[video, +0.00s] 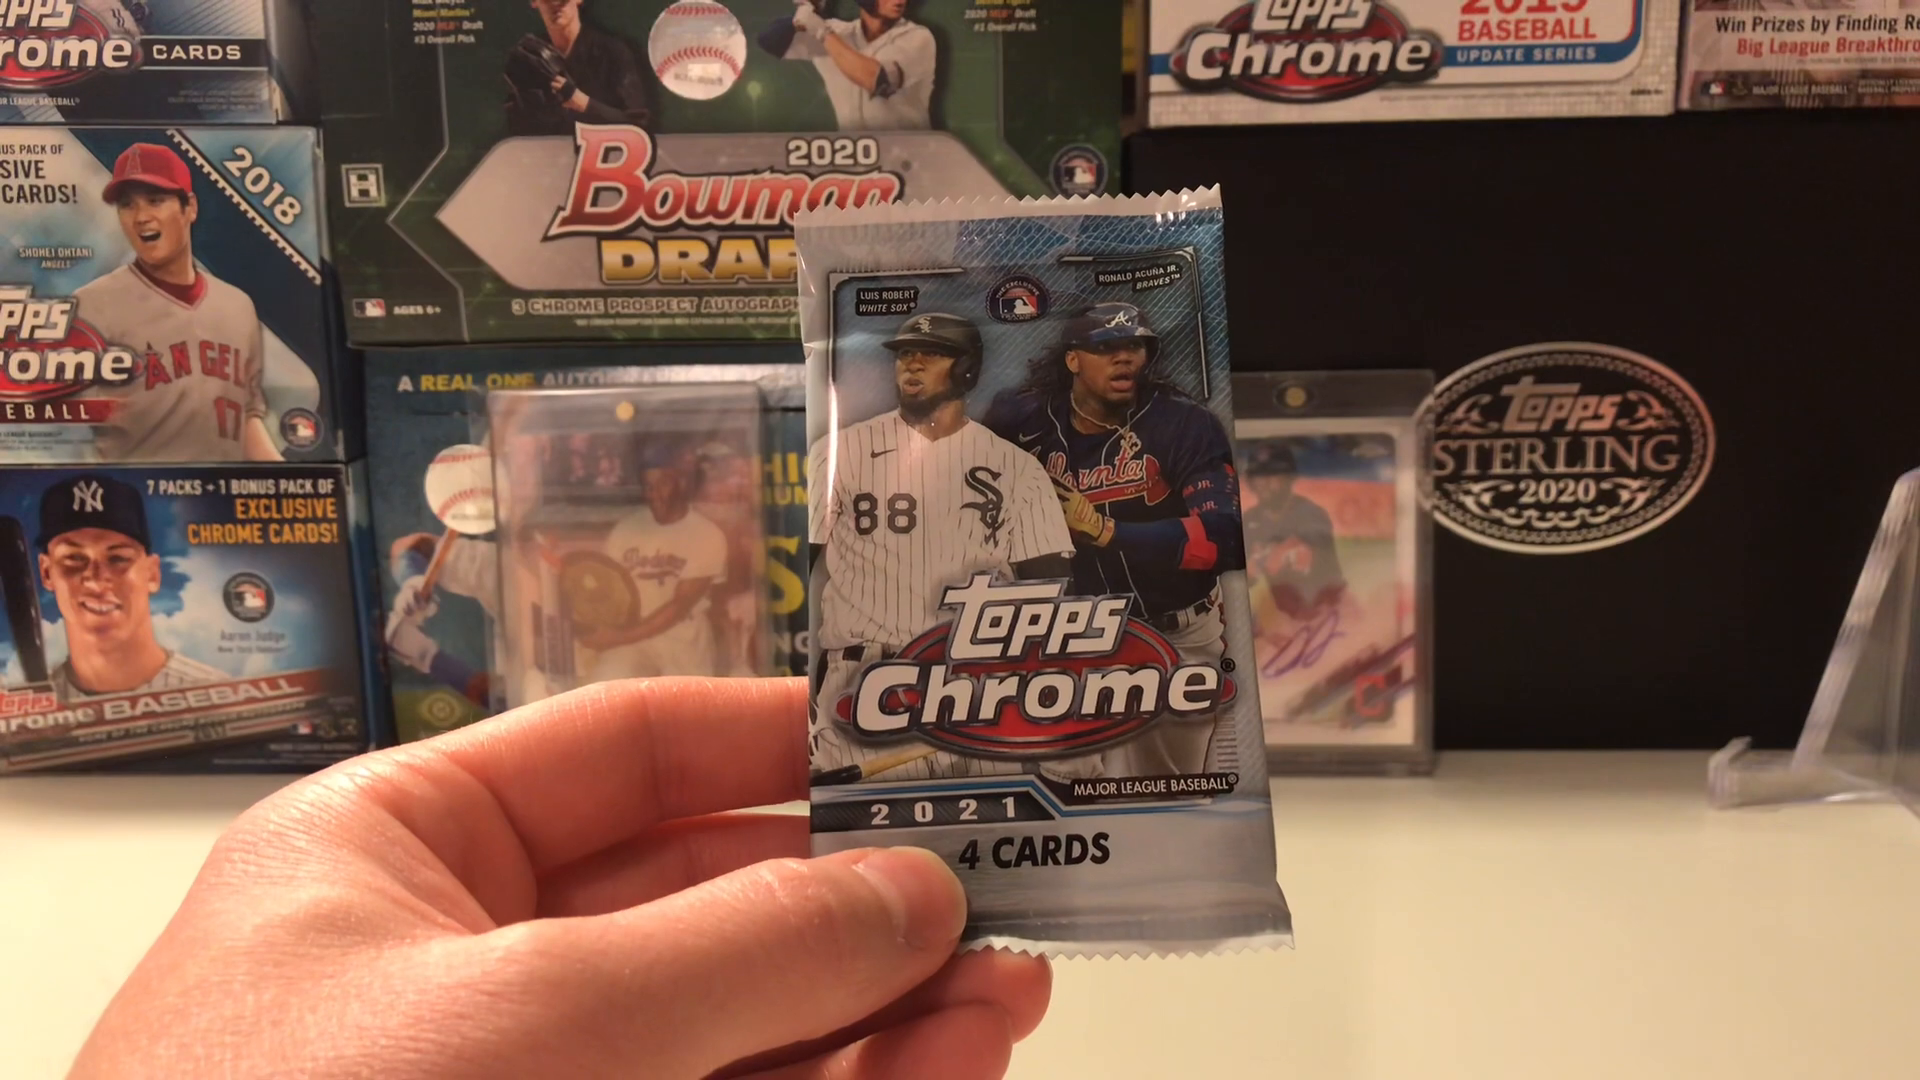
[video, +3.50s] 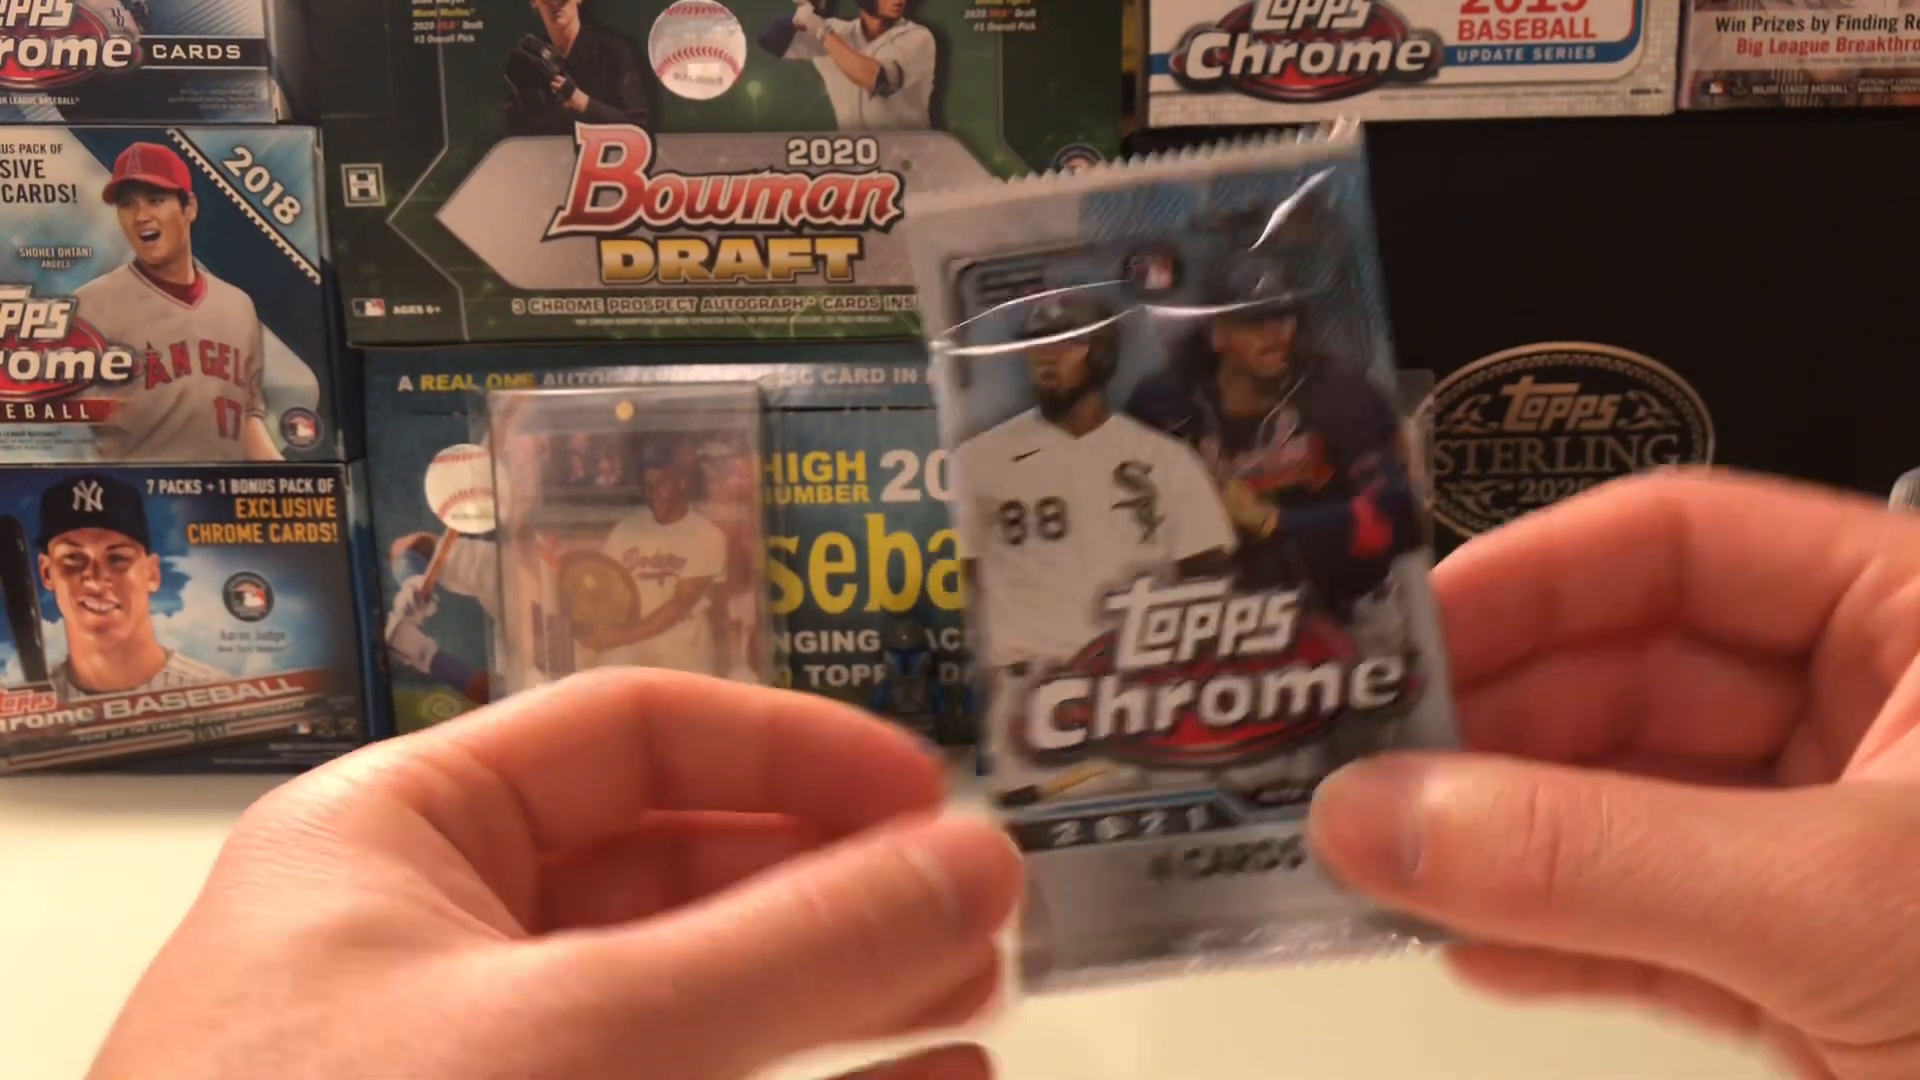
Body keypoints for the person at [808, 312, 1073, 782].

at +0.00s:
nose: (911, 365)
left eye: (929, 354)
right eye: (904, 354)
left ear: (965, 369)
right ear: (894, 364)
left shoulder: (1016, 471)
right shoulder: (838, 455)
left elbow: (1047, 594)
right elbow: (787, 569)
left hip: (972, 694)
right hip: (854, 691)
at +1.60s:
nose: (971, 373)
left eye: (989, 363)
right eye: (964, 362)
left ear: (1024, 378)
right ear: (953, 372)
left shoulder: (1079, 481)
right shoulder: (896, 465)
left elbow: (1114, 603)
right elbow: (852, 587)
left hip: (1038, 717)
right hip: (917, 714)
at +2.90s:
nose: (1032, 370)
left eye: (1051, 360)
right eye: (1025, 359)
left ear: (1087, 377)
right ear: (1014, 369)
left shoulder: (1145, 483)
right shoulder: (957, 464)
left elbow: (1178, 611)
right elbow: (910, 593)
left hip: (1100, 716)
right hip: (979, 714)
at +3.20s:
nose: (1028, 369)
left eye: (1046, 359)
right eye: (1021, 358)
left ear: (1083, 375)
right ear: (1010, 368)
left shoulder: (1139, 478)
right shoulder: (951, 462)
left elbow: (1172, 606)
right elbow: (912, 588)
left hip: (1099, 717)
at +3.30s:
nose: (1038, 376)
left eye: (1055, 366)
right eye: (1031, 365)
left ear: (1091, 382)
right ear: (1020, 375)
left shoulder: (1147, 485)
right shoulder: (959, 468)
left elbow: (1183, 611)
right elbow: (934, 593)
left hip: (1102, 711)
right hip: (982, 710)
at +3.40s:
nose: (1045, 379)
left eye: (1062, 368)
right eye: (1037, 368)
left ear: (1098, 384)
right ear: (1027, 378)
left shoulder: (1156, 486)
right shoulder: (970, 471)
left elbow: (1191, 613)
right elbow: (946, 594)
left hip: (1111, 714)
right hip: (993, 714)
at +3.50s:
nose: (1044, 357)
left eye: (1063, 343)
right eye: (1035, 345)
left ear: (1102, 353)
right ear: (1023, 355)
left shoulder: (1168, 462)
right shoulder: (980, 462)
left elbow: (1210, 591)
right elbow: (972, 593)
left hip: (1142, 732)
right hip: (1022, 738)